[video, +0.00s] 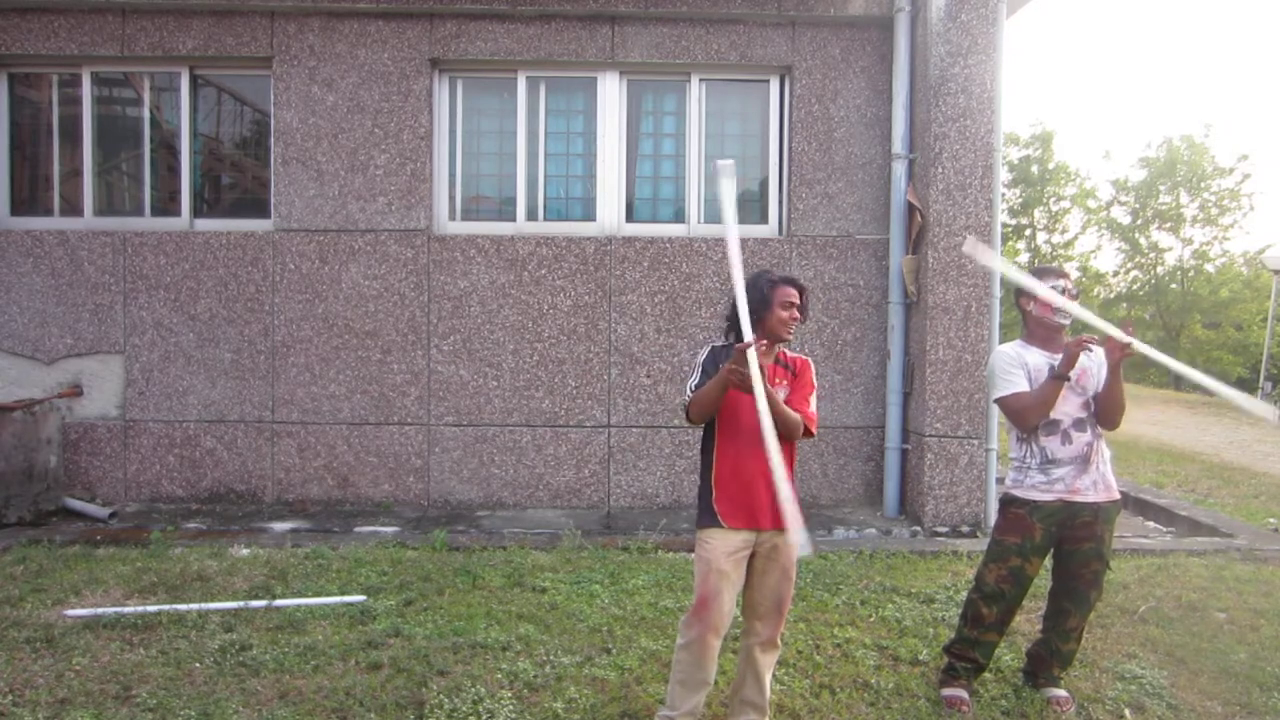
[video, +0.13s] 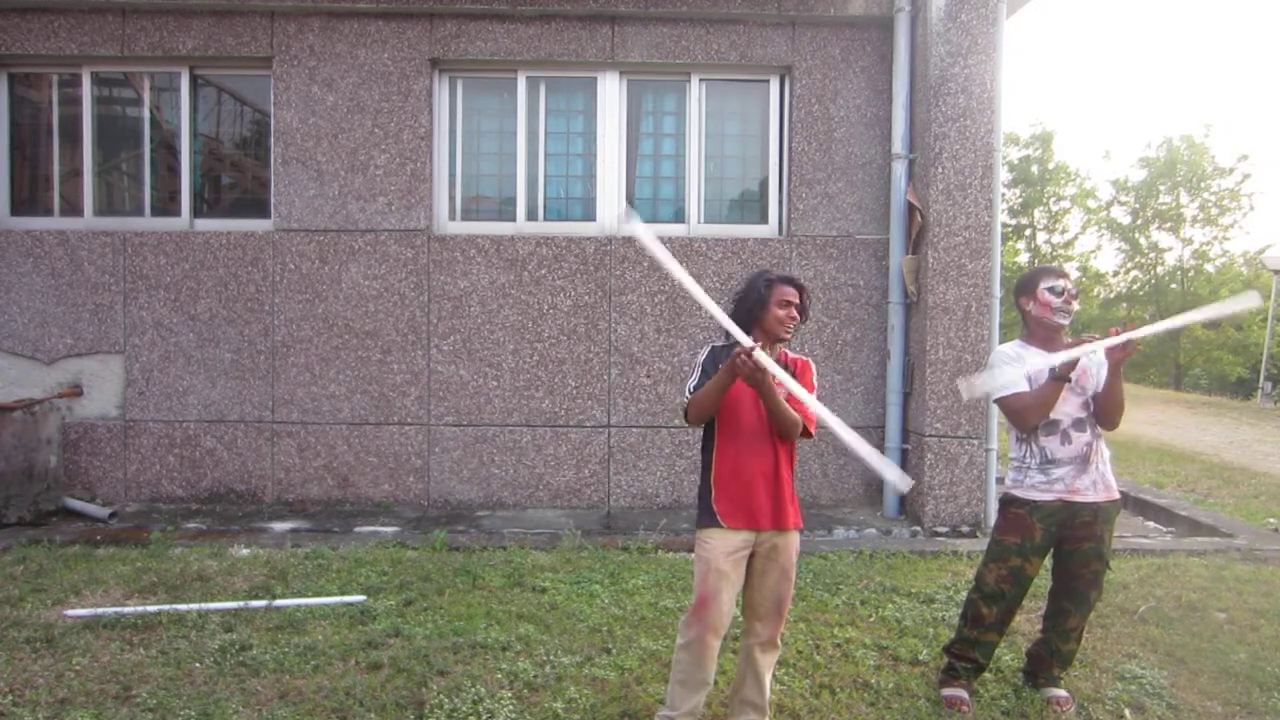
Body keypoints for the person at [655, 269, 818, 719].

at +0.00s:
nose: (796, 316)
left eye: (799, 309)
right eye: (787, 306)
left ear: (796, 317)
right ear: (757, 308)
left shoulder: (799, 366)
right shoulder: (718, 357)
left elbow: (796, 431)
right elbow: (694, 414)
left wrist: (765, 388)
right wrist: (728, 374)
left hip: (780, 518)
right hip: (724, 516)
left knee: (766, 632)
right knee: (708, 621)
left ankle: (749, 714)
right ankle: (677, 713)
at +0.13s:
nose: (794, 315)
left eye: (798, 308)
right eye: (785, 305)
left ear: (799, 318)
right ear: (755, 306)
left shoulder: (800, 367)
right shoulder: (718, 356)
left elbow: (794, 430)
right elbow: (693, 414)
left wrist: (765, 384)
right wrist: (730, 370)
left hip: (780, 517)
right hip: (724, 516)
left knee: (766, 632)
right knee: (707, 622)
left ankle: (749, 714)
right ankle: (678, 713)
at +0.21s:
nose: (793, 315)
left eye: (797, 308)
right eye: (784, 305)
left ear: (799, 317)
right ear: (754, 306)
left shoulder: (800, 369)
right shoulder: (720, 356)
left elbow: (795, 429)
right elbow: (693, 414)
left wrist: (766, 379)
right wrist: (734, 369)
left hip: (780, 517)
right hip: (724, 515)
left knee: (766, 632)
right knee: (707, 621)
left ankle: (749, 714)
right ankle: (678, 713)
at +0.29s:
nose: (790, 314)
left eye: (795, 308)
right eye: (781, 304)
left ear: (797, 318)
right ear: (752, 307)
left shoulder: (801, 367)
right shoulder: (719, 358)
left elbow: (796, 428)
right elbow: (693, 414)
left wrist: (773, 373)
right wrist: (733, 368)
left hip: (780, 517)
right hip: (724, 515)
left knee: (766, 632)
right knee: (706, 621)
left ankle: (749, 714)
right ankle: (677, 714)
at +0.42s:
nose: (778, 313)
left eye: (786, 307)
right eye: (769, 304)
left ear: (792, 316)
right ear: (747, 308)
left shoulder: (801, 367)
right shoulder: (720, 358)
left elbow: (800, 423)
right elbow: (693, 414)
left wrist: (779, 364)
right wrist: (735, 363)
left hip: (781, 518)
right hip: (723, 517)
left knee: (766, 633)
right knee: (706, 623)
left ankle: (749, 714)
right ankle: (677, 714)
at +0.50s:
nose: (774, 314)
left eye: (783, 308)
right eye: (766, 304)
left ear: (791, 318)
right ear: (744, 310)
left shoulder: (801, 367)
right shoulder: (719, 358)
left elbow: (804, 421)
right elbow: (692, 414)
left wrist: (781, 362)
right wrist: (735, 364)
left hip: (781, 518)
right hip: (724, 517)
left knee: (766, 633)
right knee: (706, 623)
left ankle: (749, 714)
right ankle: (678, 714)